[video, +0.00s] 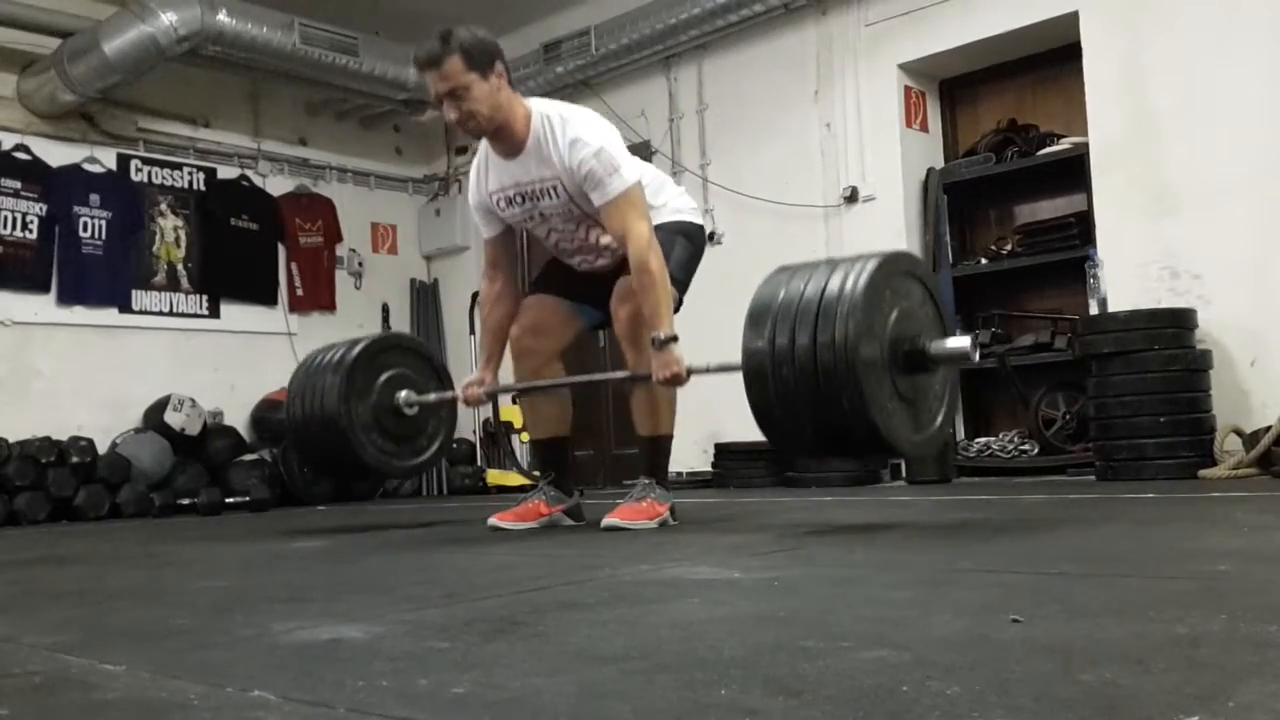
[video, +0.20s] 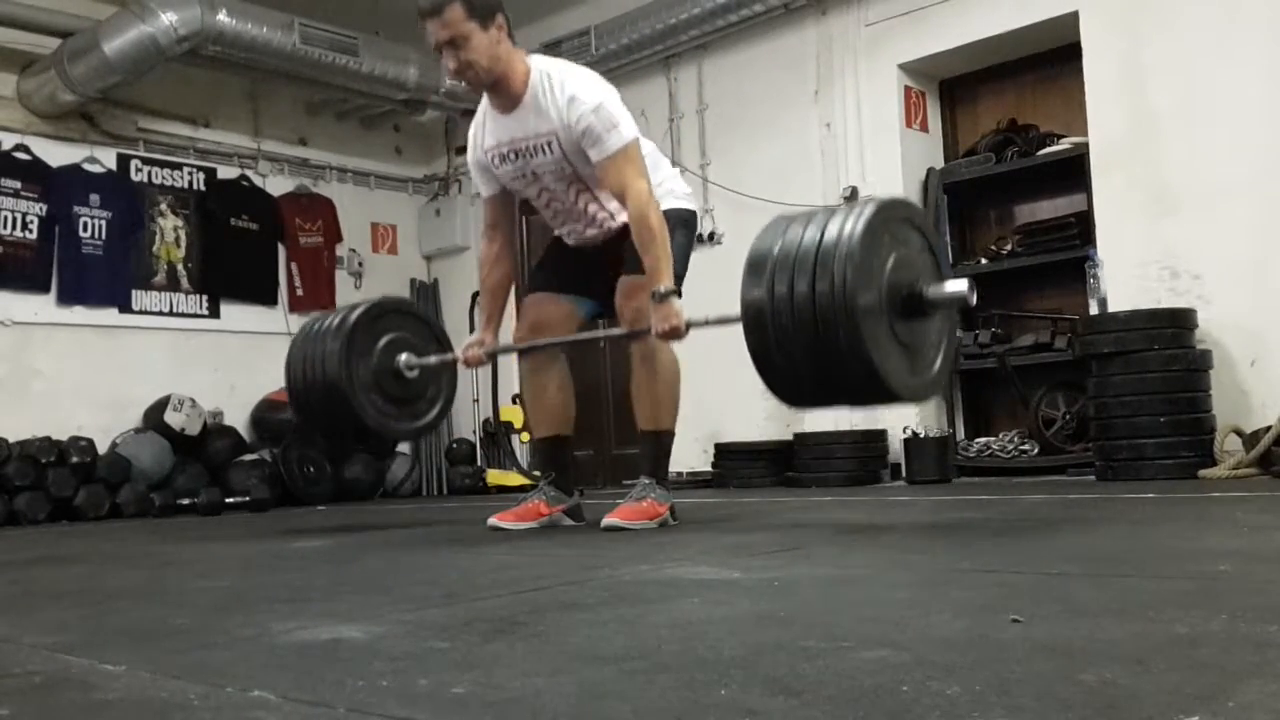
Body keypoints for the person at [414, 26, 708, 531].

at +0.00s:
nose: (451, 113)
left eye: (458, 94)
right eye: (441, 103)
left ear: (499, 77)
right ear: (437, 108)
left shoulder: (580, 137)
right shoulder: (483, 179)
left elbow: (639, 239)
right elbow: (499, 276)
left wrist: (664, 342)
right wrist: (486, 369)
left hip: (663, 226)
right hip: (589, 254)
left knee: (630, 312)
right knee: (530, 335)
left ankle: (653, 489)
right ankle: (557, 492)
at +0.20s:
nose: (449, 64)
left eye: (456, 45)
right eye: (439, 53)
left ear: (498, 29)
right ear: (436, 57)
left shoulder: (578, 94)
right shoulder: (482, 136)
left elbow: (638, 196)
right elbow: (497, 236)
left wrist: (664, 293)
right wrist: (487, 329)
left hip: (652, 213)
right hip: (582, 233)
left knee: (636, 309)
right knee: (535, 329)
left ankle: (653, 487)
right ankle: (556, 490)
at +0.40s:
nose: (465, 6)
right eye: (463, 2)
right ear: (481, 13)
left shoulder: (589, 48)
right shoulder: (491, 93)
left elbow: (638, 150)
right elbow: (503, 197)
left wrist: (663, 245)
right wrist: (489, 288)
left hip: (636, 205)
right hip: (569, 221)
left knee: (636, 317)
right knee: (533, 337)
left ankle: (654, 488)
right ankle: (556, 491)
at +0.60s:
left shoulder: (613, 15)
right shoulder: (518, 56)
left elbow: (647, 106)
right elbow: (515, 160)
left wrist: (663, 196)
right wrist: (489, 243)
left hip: (624, 201)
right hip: (553, 214)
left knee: (624, 316)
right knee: (529, 332)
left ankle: (653, 488)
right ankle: (558, 493)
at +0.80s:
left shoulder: (643, 8)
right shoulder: (547, 39)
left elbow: (657, 95)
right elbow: (523, 139)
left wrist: (662, 171)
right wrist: (487, 223)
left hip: (612, 185)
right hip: (542, 198)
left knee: (630, 320)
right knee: (544, 331)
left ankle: (653, 487)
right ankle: (558, 491)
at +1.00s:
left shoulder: (648, 16)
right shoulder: (557, 48)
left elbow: (661, 100)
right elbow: (529, 142)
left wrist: (663, 177)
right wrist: (488, 226)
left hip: (610, 186)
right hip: (540, 199)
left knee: (627, 322)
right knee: (542, 336)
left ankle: (653, 487)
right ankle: (558, 491)